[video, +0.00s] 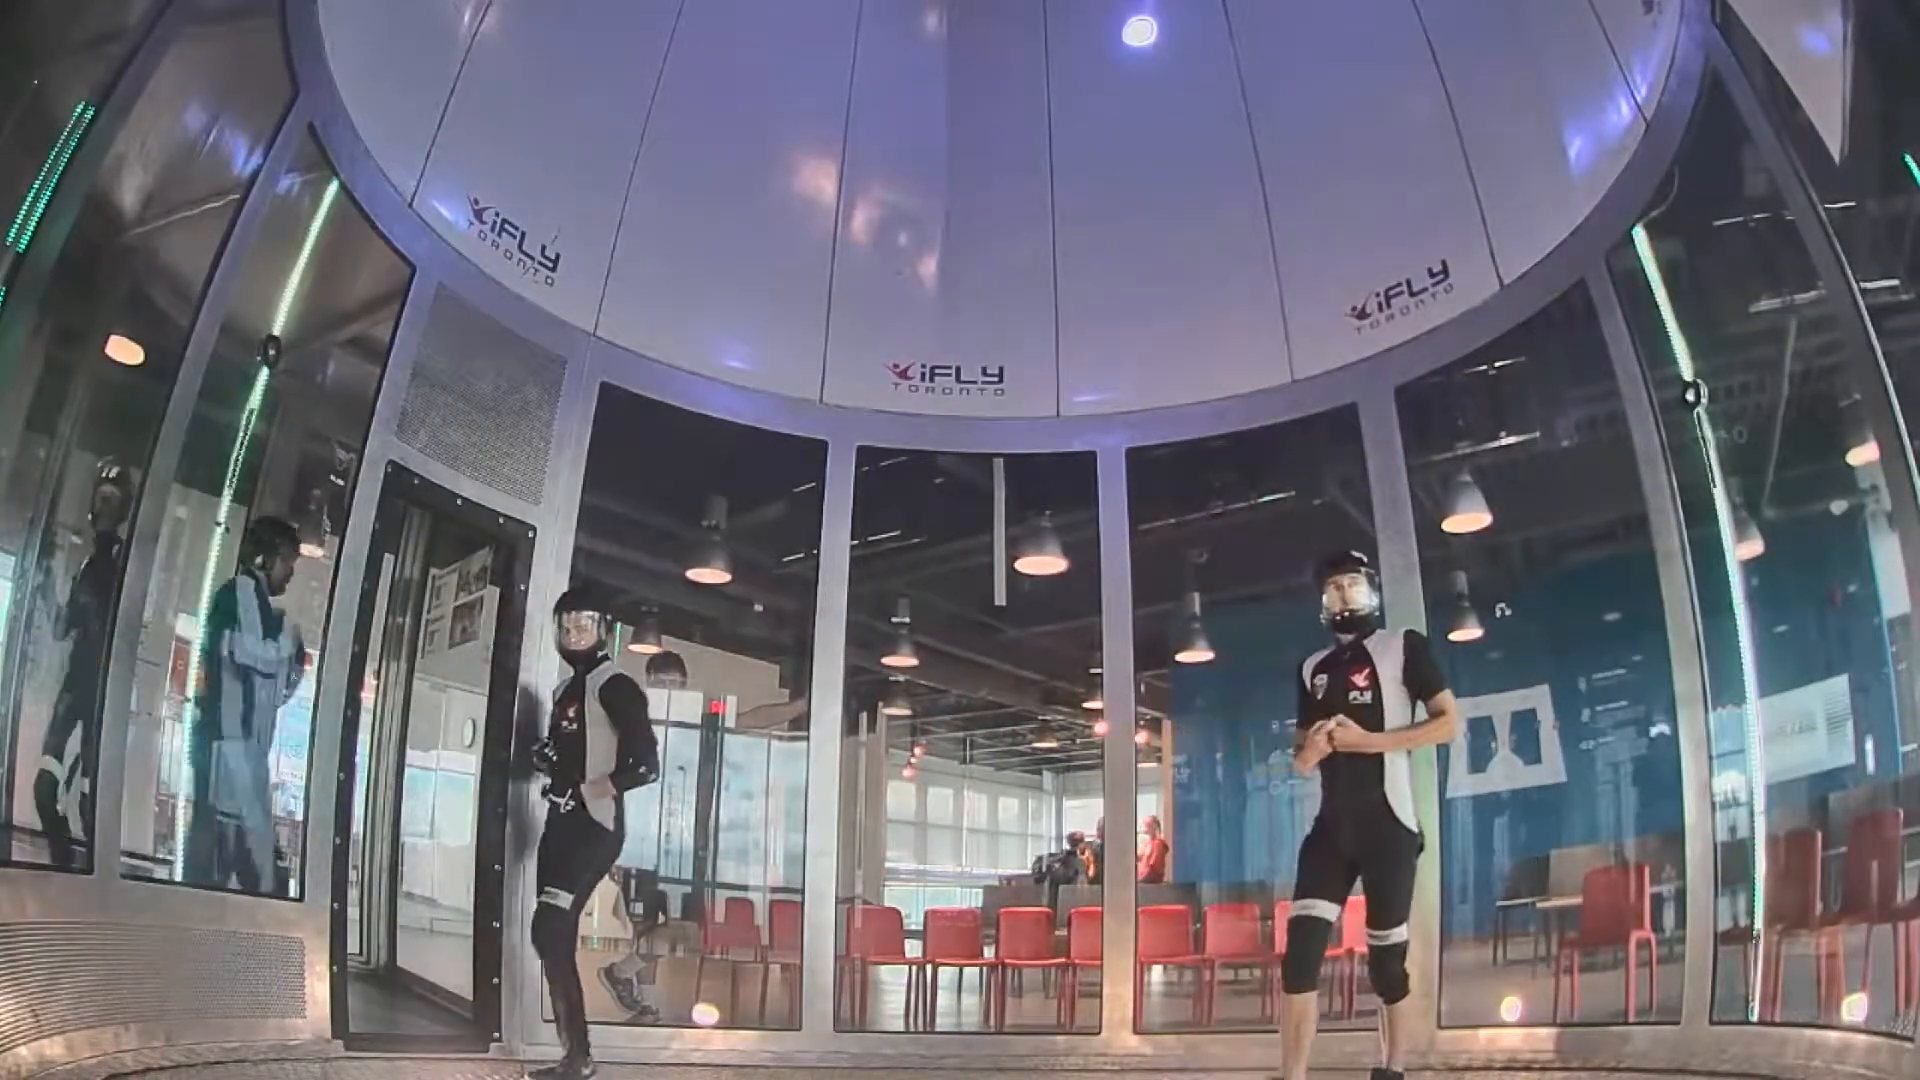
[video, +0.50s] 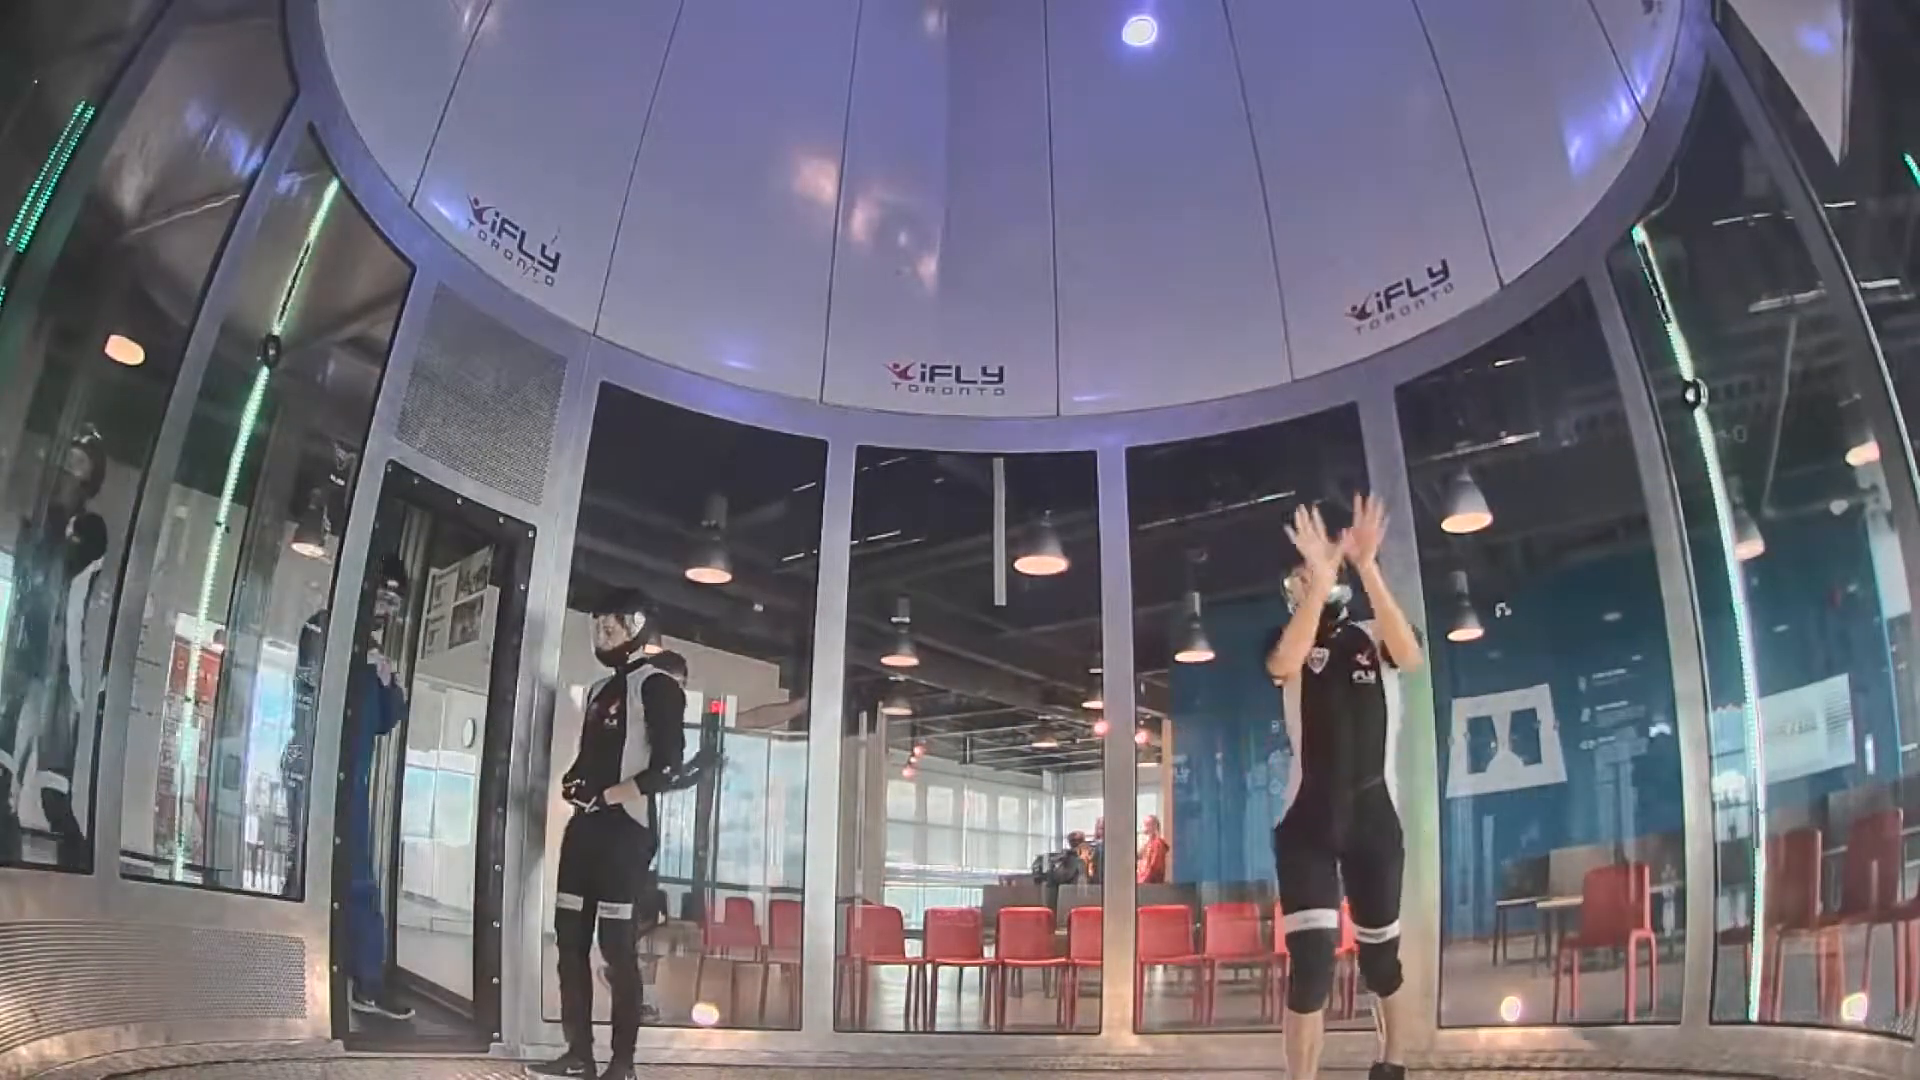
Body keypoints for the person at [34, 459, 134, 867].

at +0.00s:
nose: (105, 506)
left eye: (113, 500)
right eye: (101, 498)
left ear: (126, 509)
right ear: (92, 504)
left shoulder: (131, 561)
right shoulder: (88, 563)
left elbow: (131, 621)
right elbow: (64, 627)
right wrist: (55, 596)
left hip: (112, 677)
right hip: (80, 671)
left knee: (94, 789)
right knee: (45, 784)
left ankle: (97, 866)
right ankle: (66, 865)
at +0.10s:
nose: (100, 501)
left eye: (109, 495)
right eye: (95, 493)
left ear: (120, 504)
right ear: (86, 500)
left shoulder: (127, 558)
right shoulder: (78, 560)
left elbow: (131, 619)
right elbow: (63, 625)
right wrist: (47, 587)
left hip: (105, 678)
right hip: (70, 671)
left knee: (93, 775)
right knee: (37, 770)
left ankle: (94, 858)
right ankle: (32, 855)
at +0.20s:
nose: (99, 502)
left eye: (108, 496)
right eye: (94, 494)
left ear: (118, 504)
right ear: (85, 501)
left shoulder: (126, 557)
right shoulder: (77, 559)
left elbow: (131, 614)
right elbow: (61, 623)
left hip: (105, 672)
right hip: (71, 665)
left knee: (94, 761)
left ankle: (92, 846)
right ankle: (29, 828)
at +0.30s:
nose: (84, 490)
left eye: (95, 486)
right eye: (81, 481)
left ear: (108, 498)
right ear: (71, 483)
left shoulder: (112, 548)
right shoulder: (44, 534)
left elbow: (87, 597)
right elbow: (24, 599)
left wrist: (78, 544)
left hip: (79, 672)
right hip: (33, 665)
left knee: (80, 769)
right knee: (17, 766)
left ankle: (81, 852)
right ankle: (11, 838)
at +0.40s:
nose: (80, 485)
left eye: (90, 480)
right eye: (77, 475)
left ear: (104, 489)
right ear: (67, 474)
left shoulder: (102, 537)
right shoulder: (44, 522)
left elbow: (82, 581)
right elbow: (26, 574)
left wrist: (67, 538)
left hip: (68, 642)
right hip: (29, 635)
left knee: (71, 725)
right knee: (22, 720)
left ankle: (73, 824)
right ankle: (5, 805)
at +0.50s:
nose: (70, 473)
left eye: (80, 468)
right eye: (67, 463)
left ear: (94, 479)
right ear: (59, 464)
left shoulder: (92, 525)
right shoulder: (41, 514)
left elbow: (74, 570)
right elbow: (26, 568)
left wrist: (65, 542)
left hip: (62, 644)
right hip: (25, 635)